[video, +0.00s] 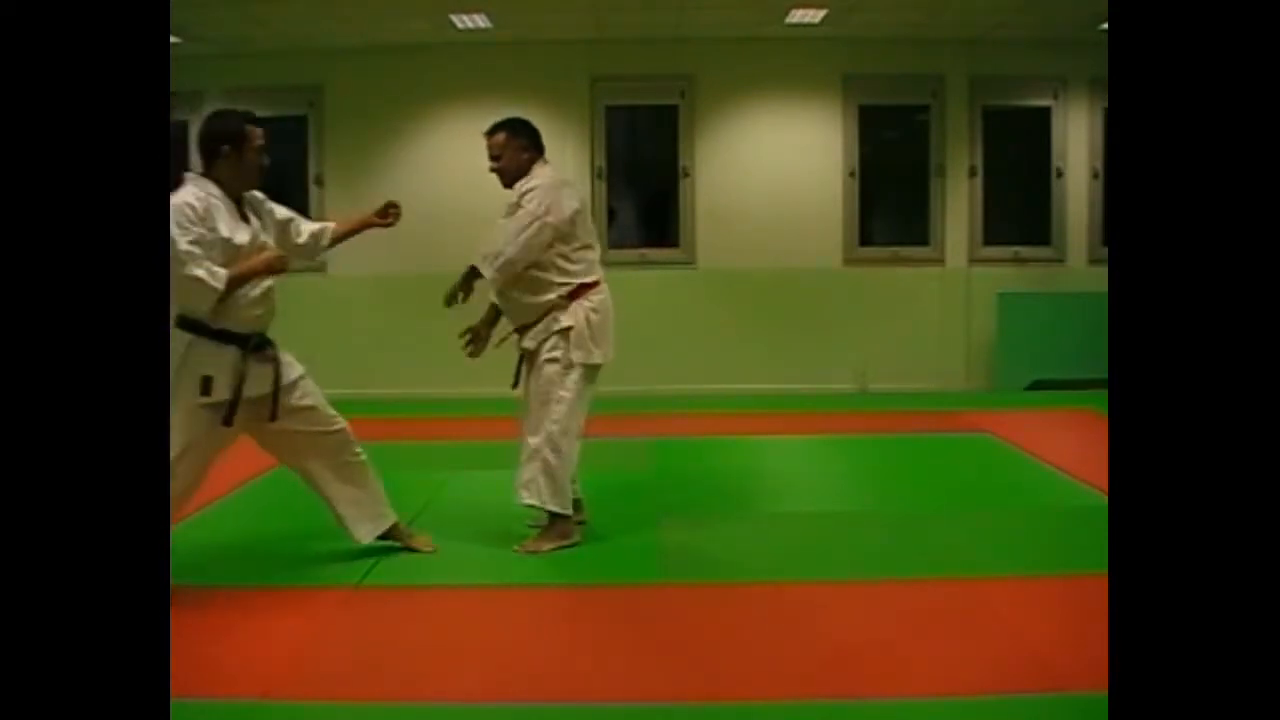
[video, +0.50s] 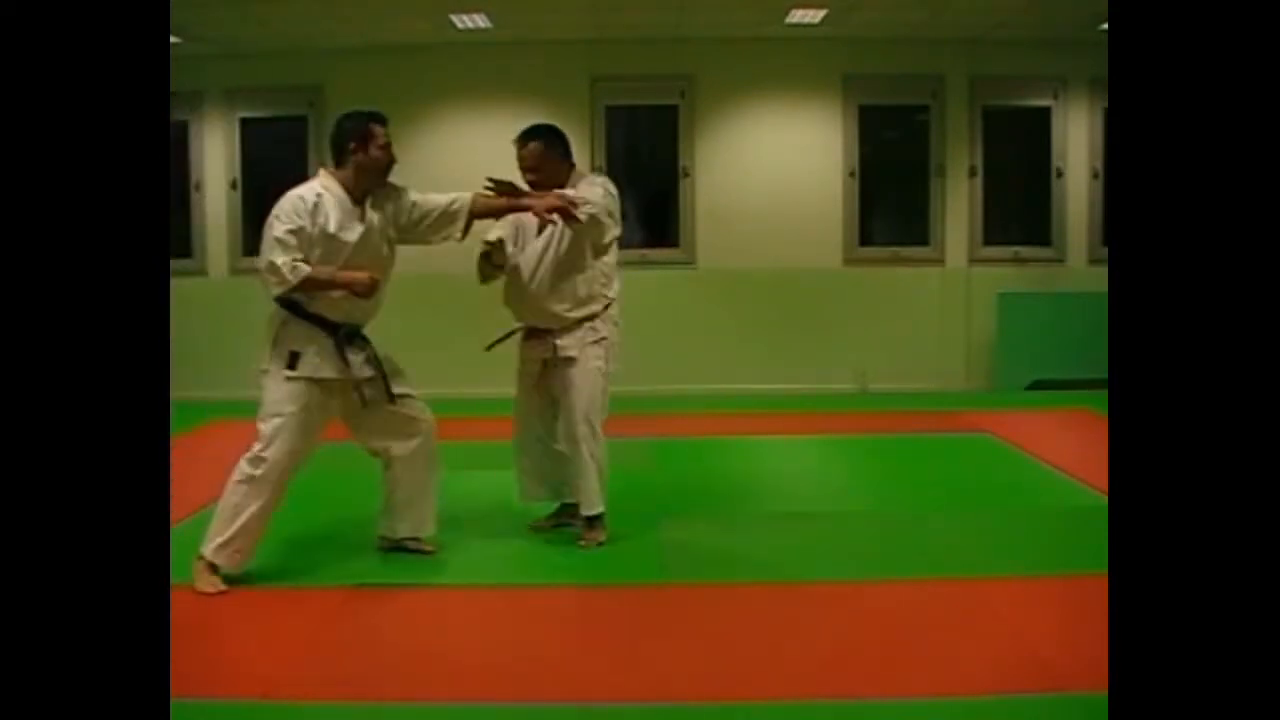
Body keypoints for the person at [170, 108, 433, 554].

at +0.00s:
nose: (264, 161)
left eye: (264, 152)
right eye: (257, 152)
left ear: (229, 155)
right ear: (226, 154)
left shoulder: (253, 206)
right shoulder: (187, 206)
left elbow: (307, 237)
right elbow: (194, 285)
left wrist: (369, 220)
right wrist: (253, 266)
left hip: (256, 355)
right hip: (200, 357)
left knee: (330, 436)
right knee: (178, 474)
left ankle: (384, 526)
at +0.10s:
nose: (318, 162)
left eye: (317, 152)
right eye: (311, 153)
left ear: (284, 155)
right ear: (283, 155)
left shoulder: (304, 201)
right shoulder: (243, 206)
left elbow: (365, 211)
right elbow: (246, 282)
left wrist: (431, 197)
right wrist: (311, 268)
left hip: (300, 351)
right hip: (254, 351)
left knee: (369, 431)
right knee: (206, 463)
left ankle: (387, 534)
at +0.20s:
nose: (352, 161)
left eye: (351, 151)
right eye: (345, 151)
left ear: (321, 153)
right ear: (317, 153)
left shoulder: (338, 197)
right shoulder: (271, 203)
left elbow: (400, 197)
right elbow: (266, 275)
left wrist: (467, 182)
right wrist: (337, 270)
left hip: (320, 347)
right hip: (273, 345)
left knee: (382, 428)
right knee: (237, 454)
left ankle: (396, 535)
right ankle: (170, 535)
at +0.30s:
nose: (380, 162)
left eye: (380, 153)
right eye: (373, 152)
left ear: (352, 152)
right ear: (345, 152)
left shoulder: (370, 197)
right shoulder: (294, 199)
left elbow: (434, 189)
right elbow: (281, 272)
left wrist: (500, 168)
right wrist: (349, 274)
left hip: (335, 344)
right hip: (287, 341)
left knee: (396, 428)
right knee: (271, 448)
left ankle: (399, 535)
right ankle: (202, 552)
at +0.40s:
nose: (389, 159)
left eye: (387, 150)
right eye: (382, 149)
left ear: (359, 150)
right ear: (355, 150)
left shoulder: (383, 197)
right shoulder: (300, 199)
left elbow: (447, 187)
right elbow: (281, 271)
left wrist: (510, 176)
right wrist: (348, 276)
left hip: (344, 345)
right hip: (296, 343)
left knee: (405, 428)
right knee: (284, 450)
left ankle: (402, 535)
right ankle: (214, 553)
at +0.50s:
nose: (393, 157)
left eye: (391, 147)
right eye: (384, 147)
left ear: (368, 151)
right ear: (356, 152)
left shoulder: (389, 202)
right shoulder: (303, 203)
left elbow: (457, 207)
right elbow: (280, 271)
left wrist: (527, 201)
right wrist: (342, 279)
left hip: (352, 345)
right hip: (301, 343)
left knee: (413, 430)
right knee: (275, 454)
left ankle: (404, 534)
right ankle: (215, 560)